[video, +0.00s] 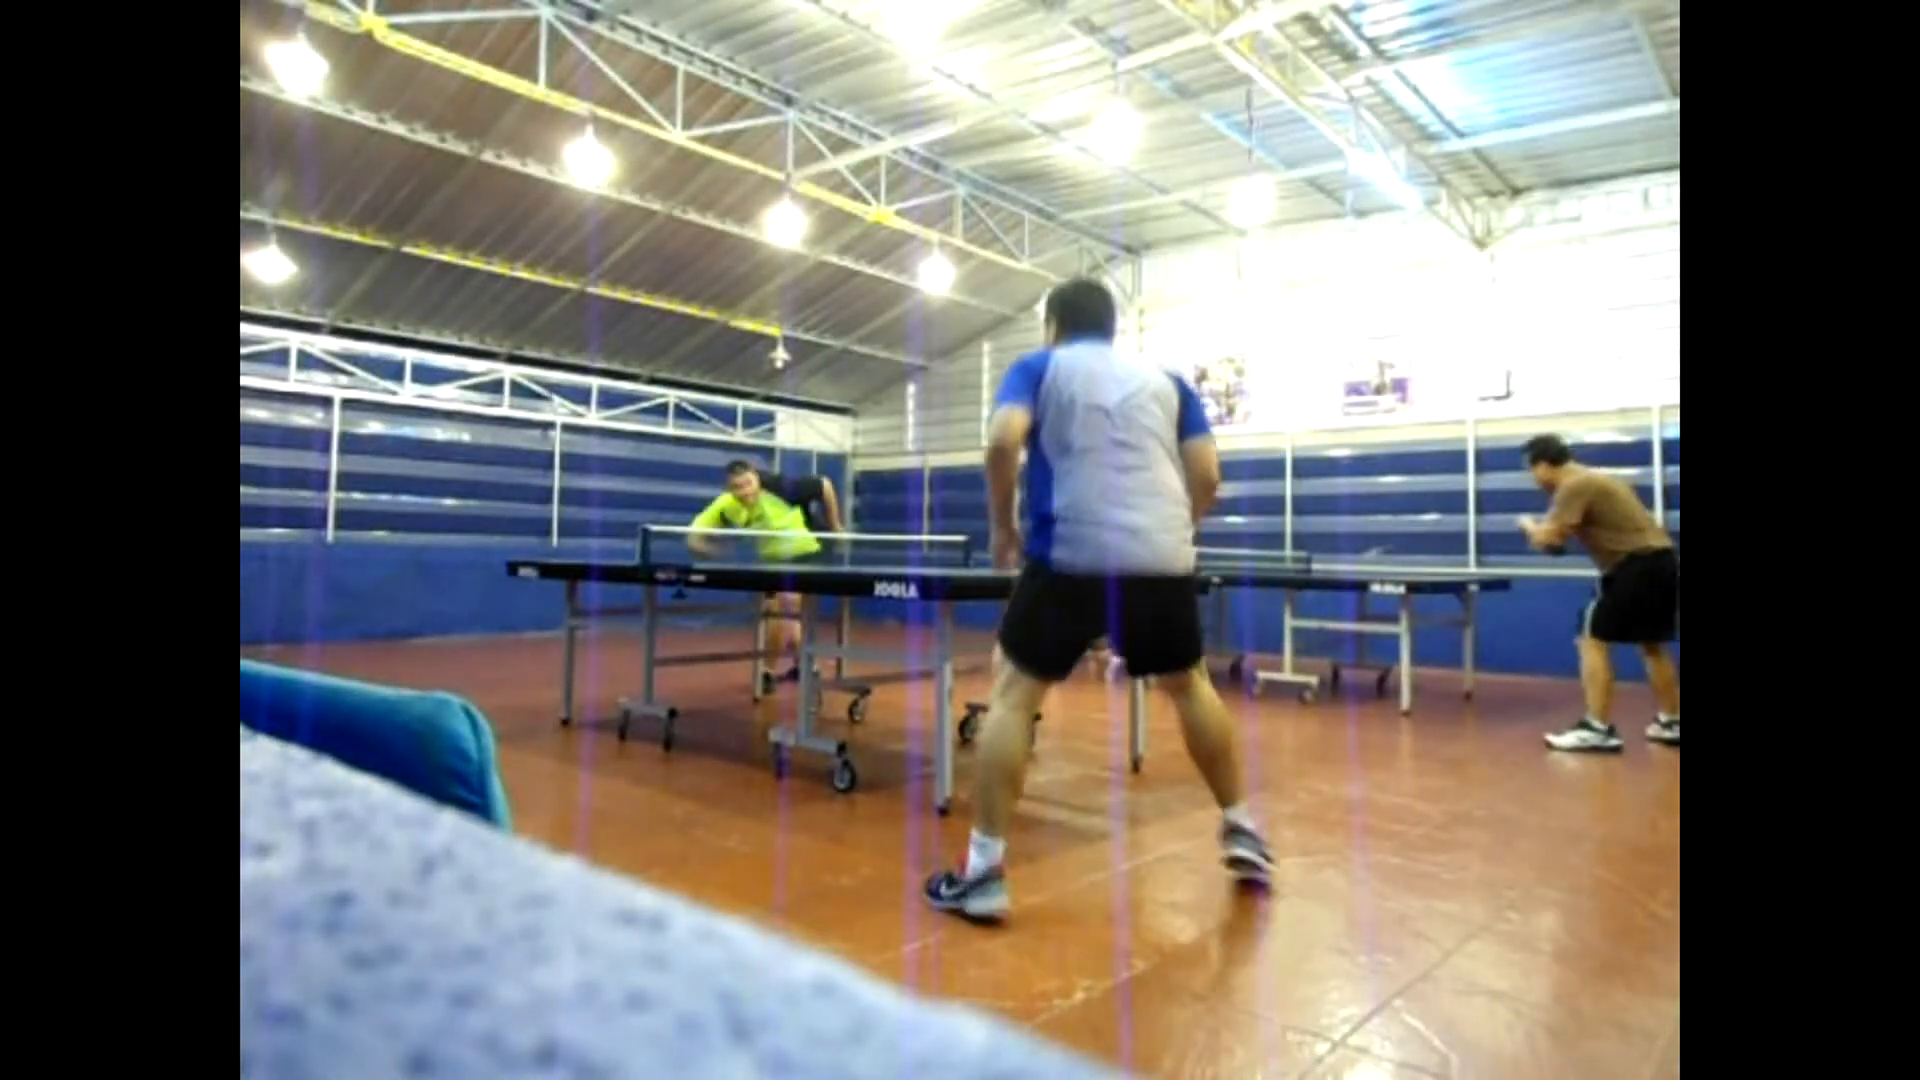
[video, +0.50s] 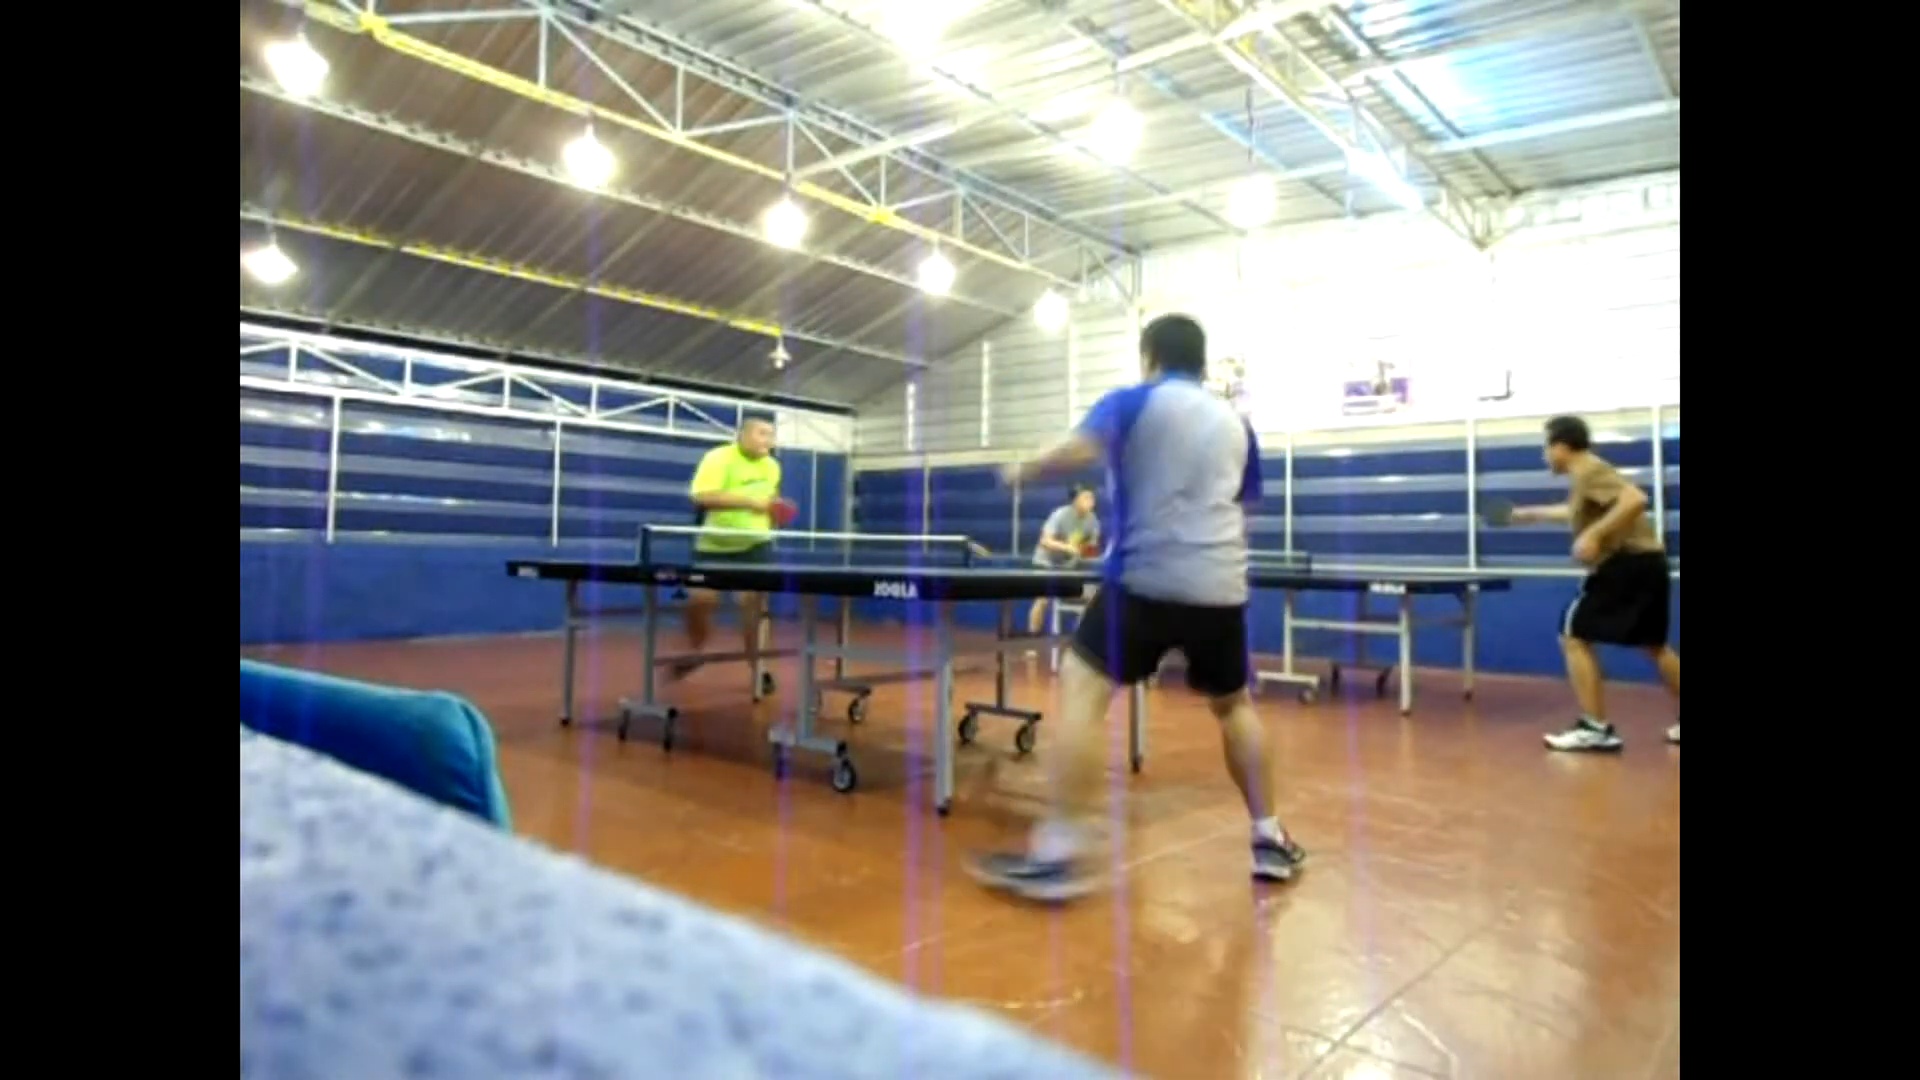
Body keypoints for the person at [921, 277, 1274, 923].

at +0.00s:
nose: (1044, 336)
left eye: (1045, 327)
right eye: (1048, 328)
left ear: (1053, 327)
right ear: (1114, 329)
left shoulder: (1037, 369)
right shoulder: (1169, 384)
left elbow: (1004, 439)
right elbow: (1207, 481)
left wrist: (1003, 528)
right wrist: (1167, 532)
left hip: (1070, 564)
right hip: (1164, 566)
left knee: (1014, 701)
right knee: (1190, 686)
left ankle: (982, 868)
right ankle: (1238, 822)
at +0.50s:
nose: (1140, 365)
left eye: (1143, 357)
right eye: (1144, 357)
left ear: (1152, 358)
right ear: (1202, 361)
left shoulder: (1132, 404)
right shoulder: (1235, 425)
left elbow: (1079, 454)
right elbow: (1246, 501)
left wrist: (1022, 472)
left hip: (1144, 590)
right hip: (1219, 597)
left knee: (1081, 698)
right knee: (1235, 707)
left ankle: (1055, 849)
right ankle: (1268, 837)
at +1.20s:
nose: (1162, 445)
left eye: (1166, 434)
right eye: (1163, 434)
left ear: (1184, 432)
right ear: (1214, 430)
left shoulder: (1213, 452)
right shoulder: (1236, 468)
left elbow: (1214, 488)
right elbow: (1210, 556)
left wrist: (1147, 522)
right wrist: (1157, 538)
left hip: (1253, 601)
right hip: (1271, 603)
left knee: (1170, 695)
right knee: (1214, 679)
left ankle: (1259, 809)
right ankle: (1219, 771)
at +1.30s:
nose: (1183, 428)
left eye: (1187, 417)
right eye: (1185, 417)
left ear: (1204, 416)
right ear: (1233, 414)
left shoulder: (1228, 443)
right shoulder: (1262, 456)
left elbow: (1215, 482)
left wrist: (1133, 519)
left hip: (1257, 601)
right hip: (1286, 604)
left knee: (1206, 710)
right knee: (1219, 678)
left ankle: (1296, 833)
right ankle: (1220, 766)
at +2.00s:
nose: (1271, 425)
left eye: (1276, 411)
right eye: (1269, 413)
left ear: (1307, 405)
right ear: (1301, 408)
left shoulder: (1382, 428)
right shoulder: (1296, 460)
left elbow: (1343, 458)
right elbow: (1242, 524)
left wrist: (1224, 455)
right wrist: (1255, 571)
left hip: (1443, 592)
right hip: (1406, 593)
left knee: (1343, 692)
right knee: (1368, 693)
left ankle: (1347, 865)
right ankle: (1389, 809)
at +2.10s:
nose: (1304, 408)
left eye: (1309, 395)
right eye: (1302, 397)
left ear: (1342, 391)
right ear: (1337, 394)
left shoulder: (1400, 430)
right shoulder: (1334, 441)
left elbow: (1346, 485)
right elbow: (1266, 458)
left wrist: (1241, 491)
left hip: (1440, 597)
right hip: (1444, 599)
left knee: (1324, 697)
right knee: (1379, 699)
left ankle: (1401, 855)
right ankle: (1386, 810)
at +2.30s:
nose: (1347, 386)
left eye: (1352, 370)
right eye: (1346, 372)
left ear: (1380, 363)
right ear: (1398, 365)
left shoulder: (1413, 413)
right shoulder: (1421, 414)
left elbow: (1322, 473)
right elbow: (1346, 476)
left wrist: (1217, 484)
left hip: (1457, 613)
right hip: (1466, 610)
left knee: (1351, 735)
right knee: (1414, 708)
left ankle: (1460, 897)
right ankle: (1395, 809)